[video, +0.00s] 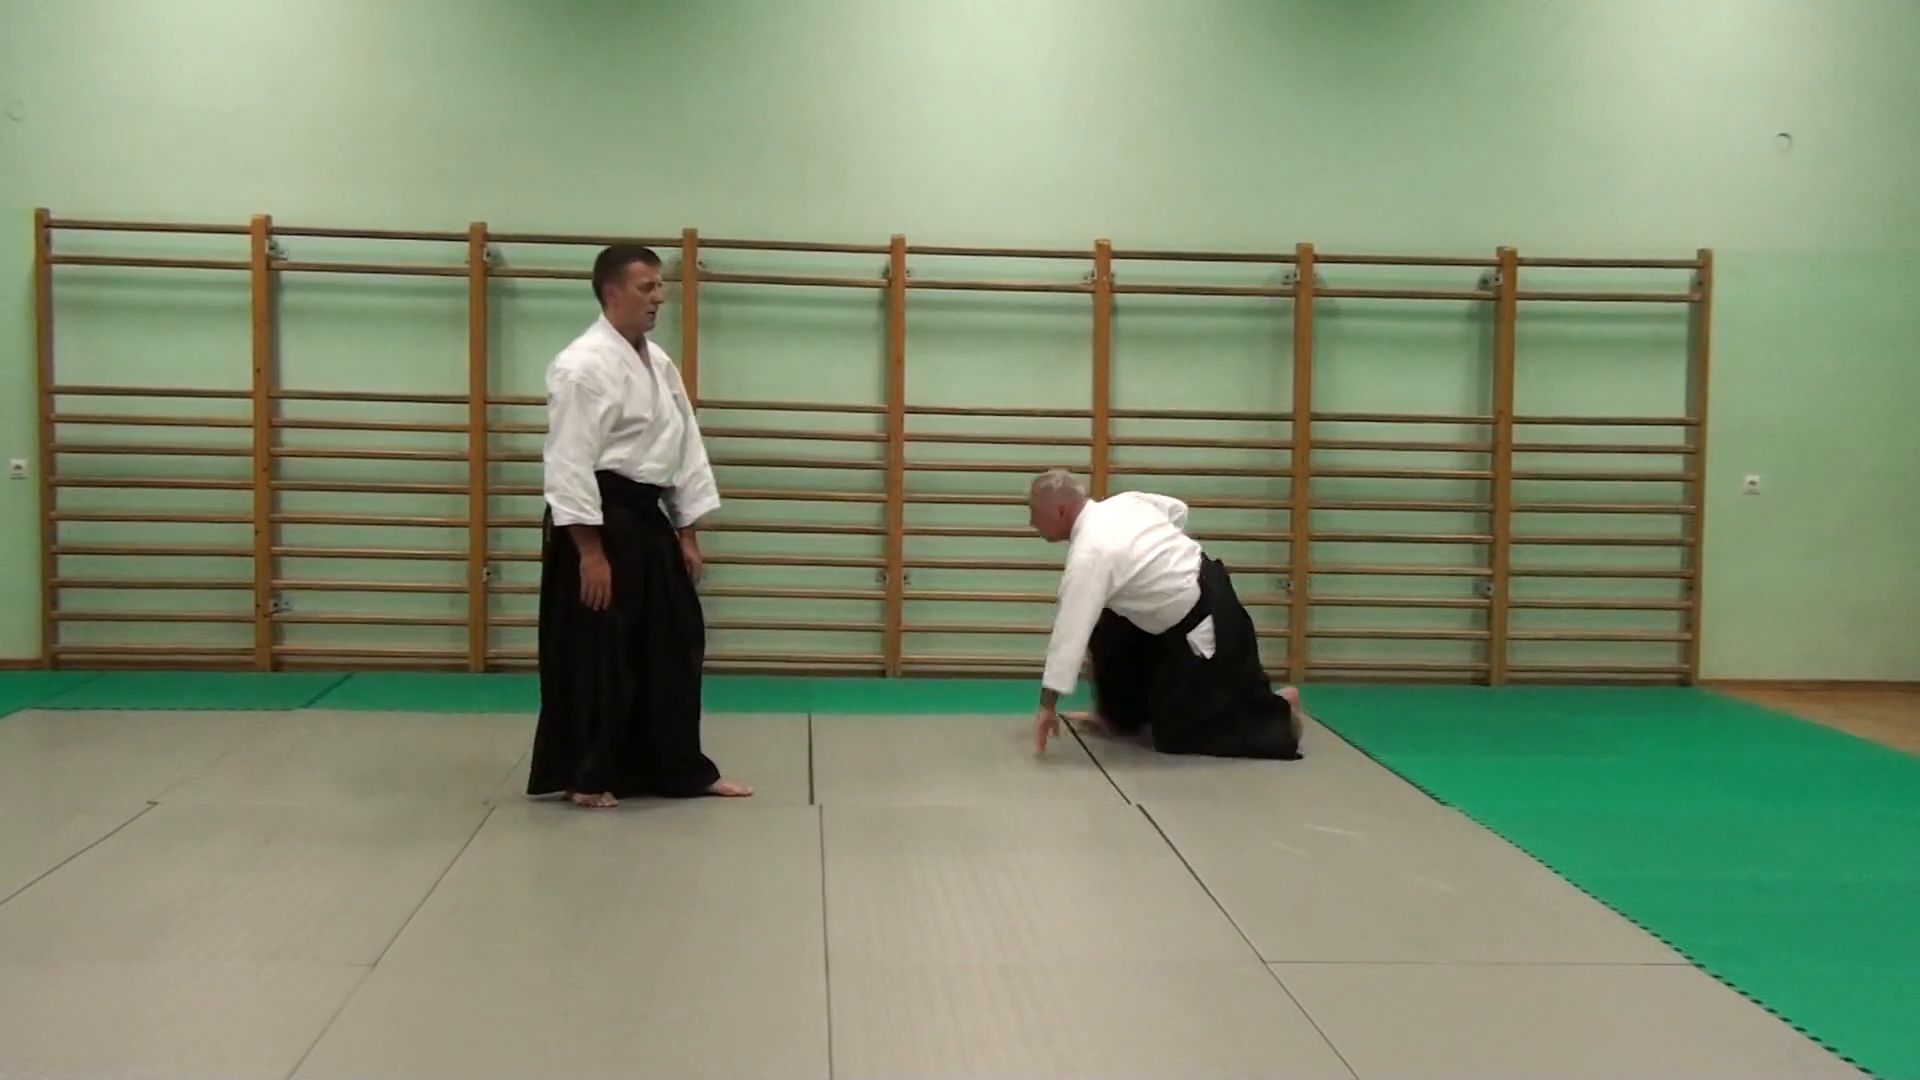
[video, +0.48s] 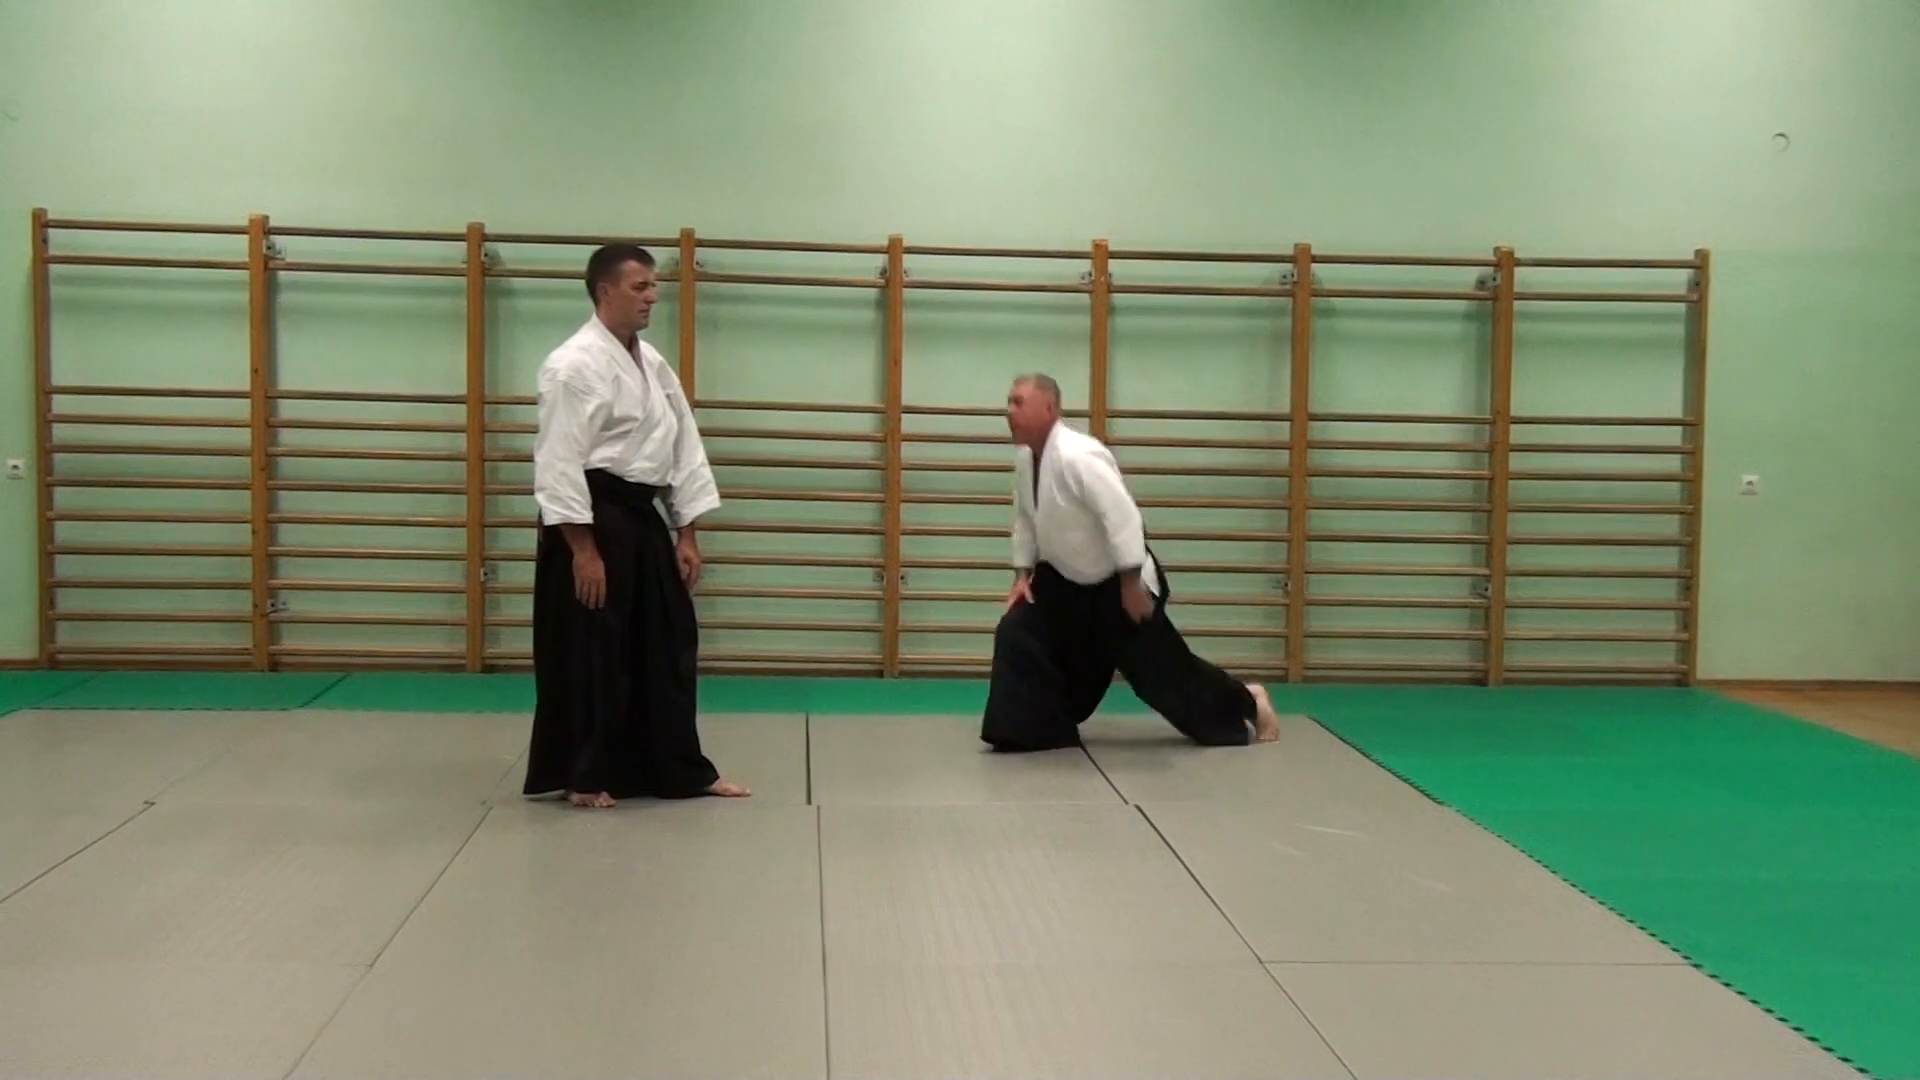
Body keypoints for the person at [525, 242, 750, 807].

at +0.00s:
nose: (658, 296)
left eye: (659, 286)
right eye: (646, 287)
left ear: (653, 293)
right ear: (610, 293)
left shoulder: (660, 363)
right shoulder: (580, 365)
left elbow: (684, 448)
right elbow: (567, 462)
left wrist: (686, 530)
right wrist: (589, 548)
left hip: (652, 515)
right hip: (596, 514)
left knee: (677, 636)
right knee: (594, 643)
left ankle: (678, 767)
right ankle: (586, 775)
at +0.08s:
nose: (656, 295)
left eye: (657, 285)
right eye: (644, 286)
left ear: (650, 292)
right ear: (608, 293)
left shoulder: (657, 362)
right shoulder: (578, 365)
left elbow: (682, 447)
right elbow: (564, 462)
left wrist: (685, 529)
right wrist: (588, 548)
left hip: (651, 514)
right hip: (595, 513)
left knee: (674, 637)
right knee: (594, 643)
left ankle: (678, 767)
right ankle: (585, 775)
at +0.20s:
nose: (655, 295)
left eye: (655, 285)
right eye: (643, 286)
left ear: (649, 292)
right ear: (606, 293)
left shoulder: (656, 362)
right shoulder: (574, 365)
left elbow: (683, 445)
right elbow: (562, 463)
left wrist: (685, 529)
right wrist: (586, 548)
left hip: (650, 515)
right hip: (593, 515)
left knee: (672, 638)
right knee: (592, 644)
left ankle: (678, 768)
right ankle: (585, 776)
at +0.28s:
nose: (653, 296)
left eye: (655, 286)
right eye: (642, 287)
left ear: (649, 292)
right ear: (606, 292)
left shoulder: (655, 363)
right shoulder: (573, 365)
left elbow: (684, 447)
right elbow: (560, 463)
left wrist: (686, 530)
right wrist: (584, 548)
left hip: (649, 514)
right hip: (592, 515)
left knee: (672, 637)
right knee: (591, 645)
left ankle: (678, 768)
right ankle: (583, 776)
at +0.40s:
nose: (652, 296)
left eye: (653, 286)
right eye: (641, 287)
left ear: (648, 293)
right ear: (605, 293)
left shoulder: (654, 364)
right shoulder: (572, 365)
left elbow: (683, 447)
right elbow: (558, 462)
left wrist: (686, 529)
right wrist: (582, 548)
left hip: (647, 516)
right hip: (591, 516)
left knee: (670, 638)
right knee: (590, 645)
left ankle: (678, 769)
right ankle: (582, 776)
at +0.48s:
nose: (651, 296)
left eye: (653, 286)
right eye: (640, 287)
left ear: (647, 292)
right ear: (604, 293)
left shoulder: (653, 363)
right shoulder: (571, 366)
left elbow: (683, 447)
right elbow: (557, 464)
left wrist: (685, 530)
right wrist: (583, 547)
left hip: (647, 515)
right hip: (590, 516)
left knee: (670, 637)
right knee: (590, 645)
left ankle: (678, 769)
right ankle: (583, 776)